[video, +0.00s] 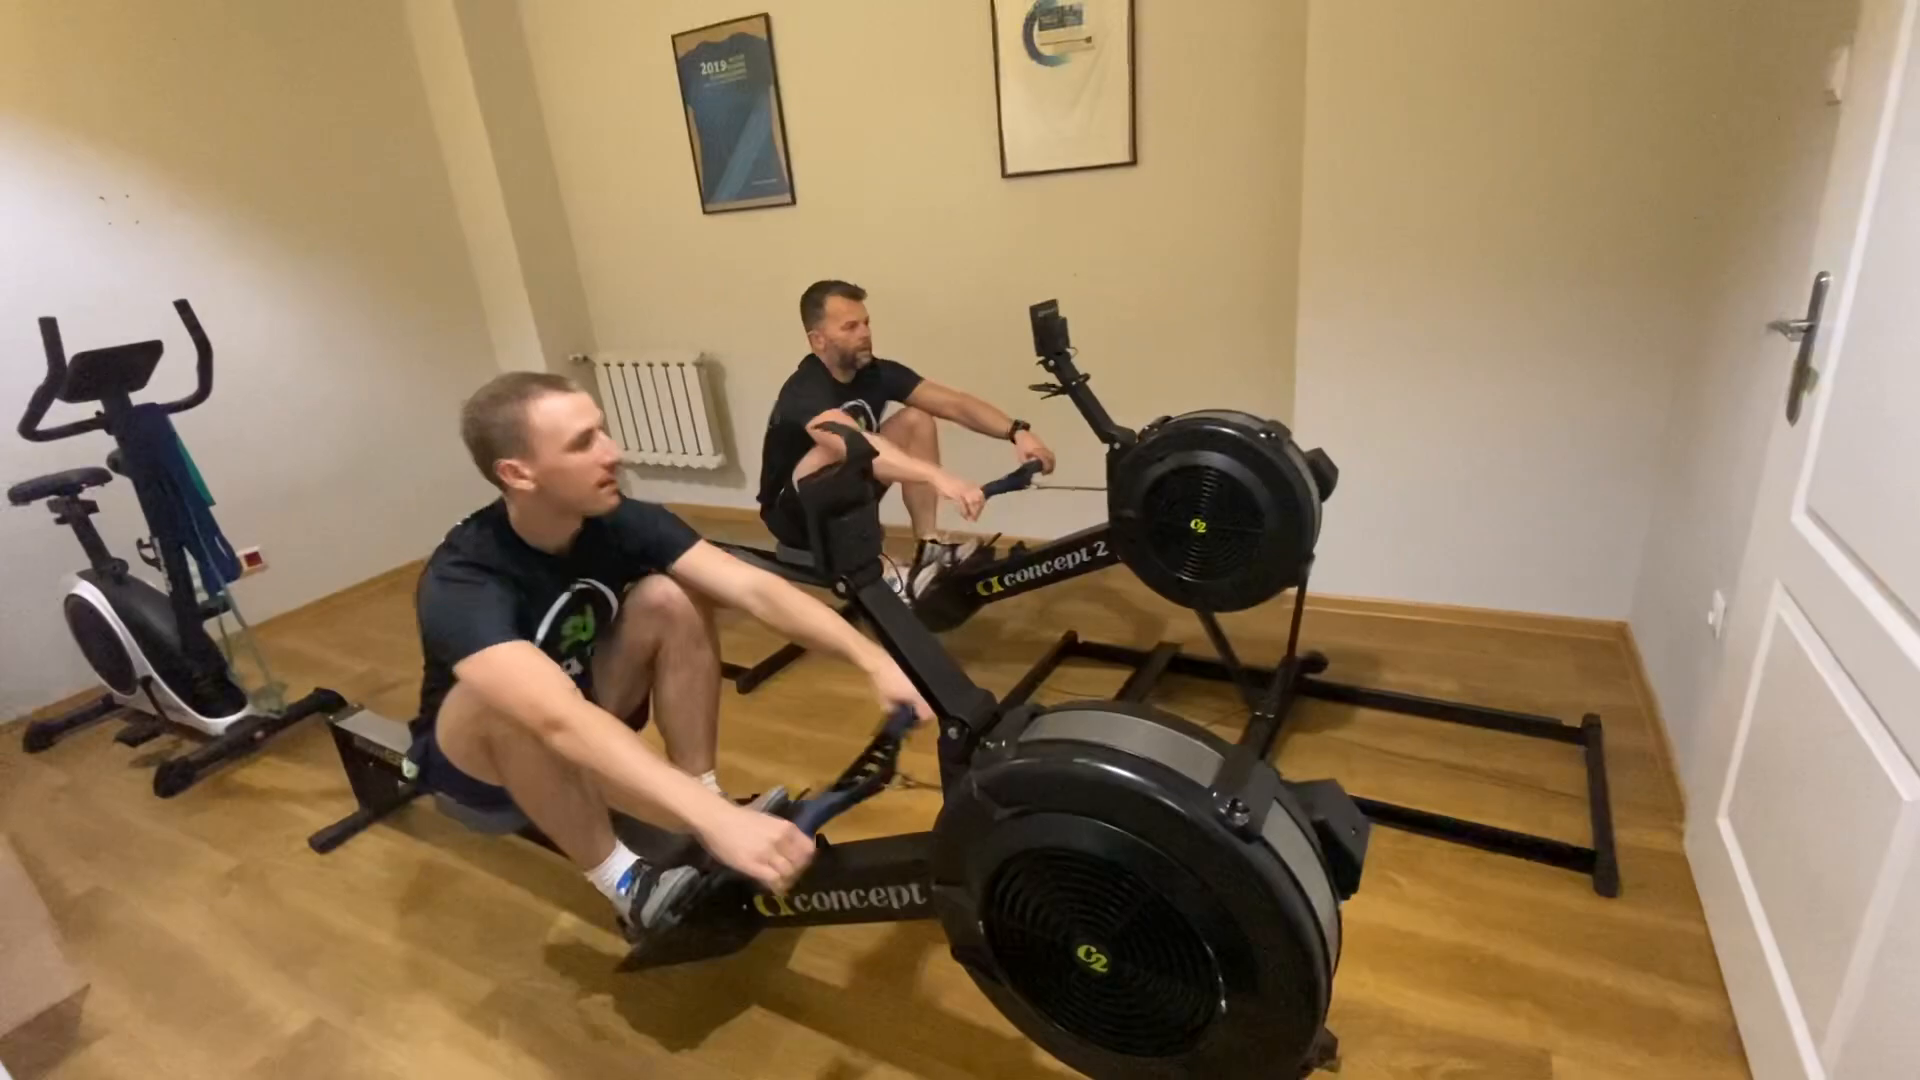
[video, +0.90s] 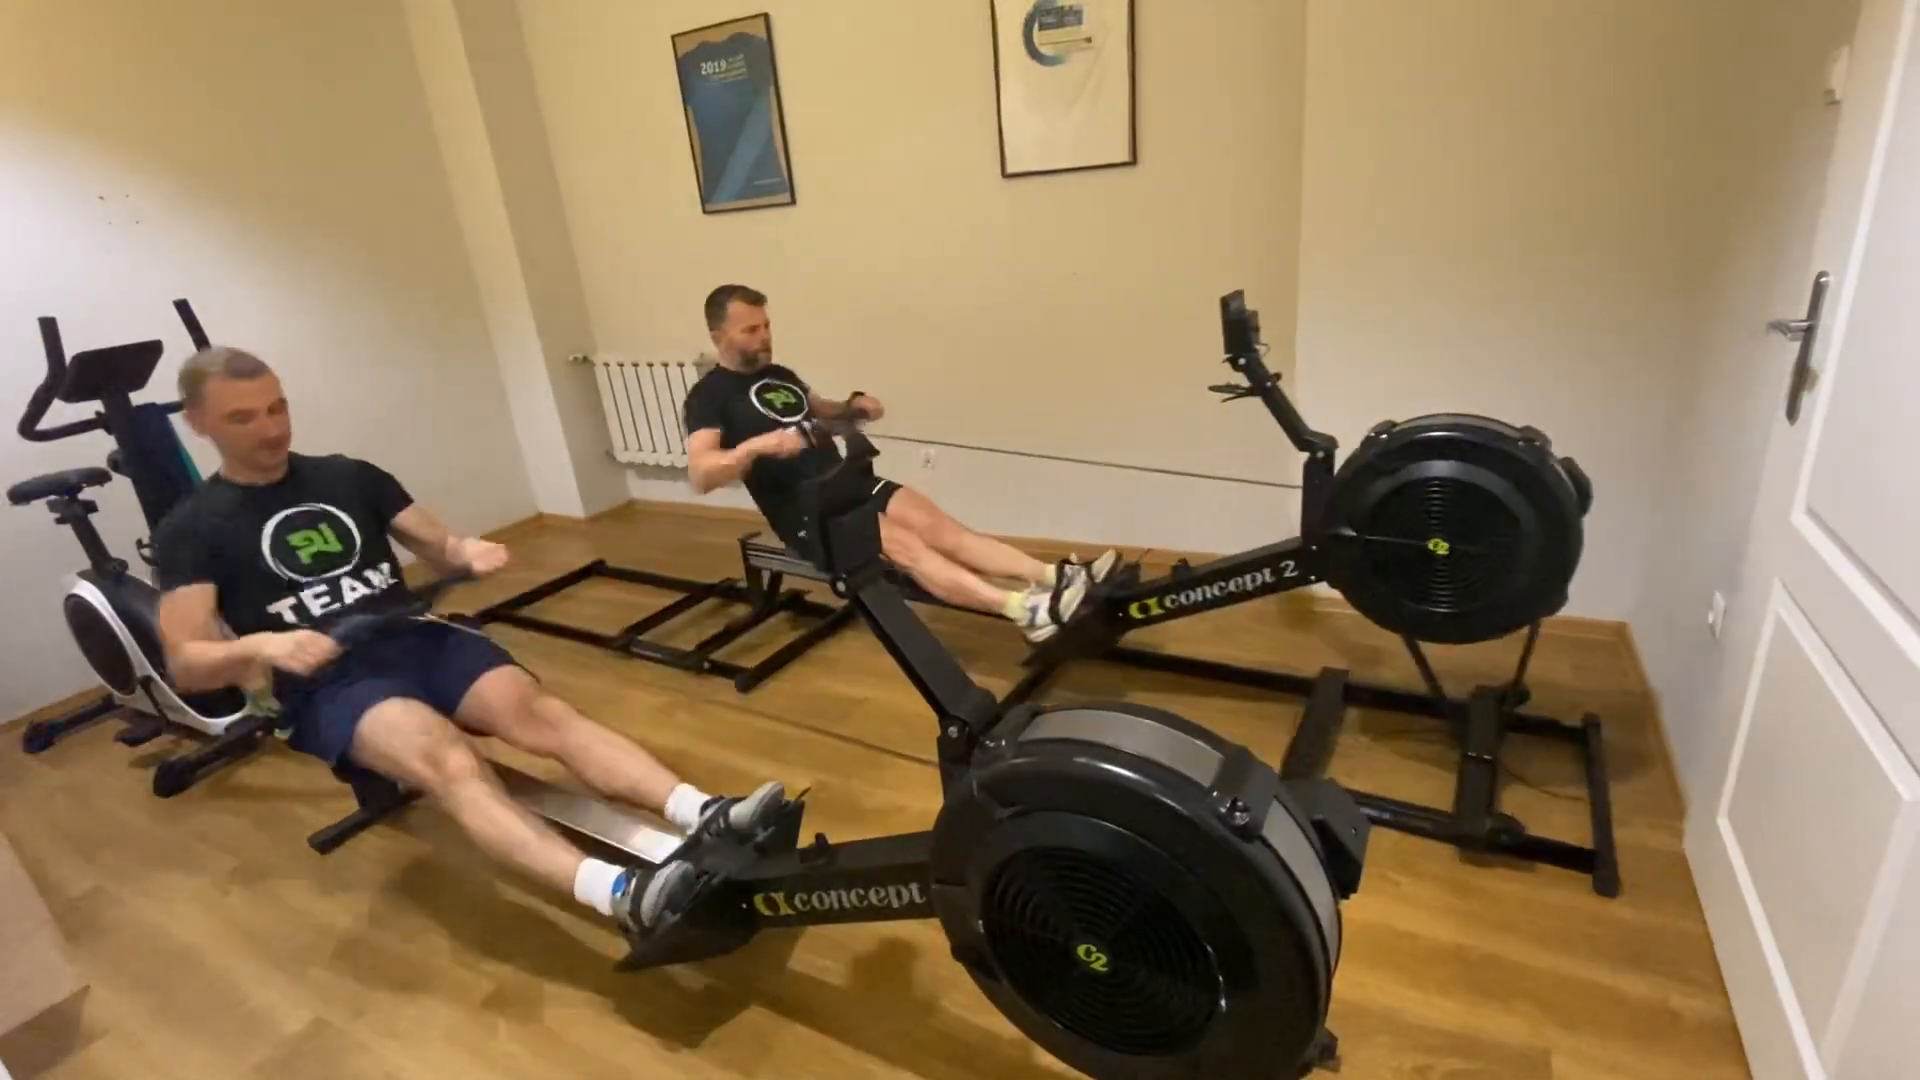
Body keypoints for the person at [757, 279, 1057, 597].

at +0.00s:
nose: (866, 334)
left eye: (866, 323)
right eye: (851, 327)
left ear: (870, 323)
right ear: (817, 339)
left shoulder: (875, 374)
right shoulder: (805, 392)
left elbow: (955, 404)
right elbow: (854, 443)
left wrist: (1017, 432)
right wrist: (938, 478)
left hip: (847, 496)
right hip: (793, 516)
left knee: (915, 420)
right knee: (838, 446)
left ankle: (930, 546)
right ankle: (873, 567)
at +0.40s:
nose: (849, 324)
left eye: (848, 314)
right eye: (835, 318)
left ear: (852, 312)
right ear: (803, 333)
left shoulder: (857, 370)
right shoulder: (788, 391)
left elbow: (933, 405)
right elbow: (856, 443)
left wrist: (998, 422)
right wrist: (933, 466)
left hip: (845, 488)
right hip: (790, 508)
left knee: (919, 440)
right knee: (849, 478)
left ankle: (968, 561)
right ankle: (924, 587)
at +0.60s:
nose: (806, 315)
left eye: (807, 303)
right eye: (792, 307)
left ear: (811, 302)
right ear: (759, 316)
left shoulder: (821, 360)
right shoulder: (749, 377)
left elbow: (885, 395)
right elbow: (807, 429)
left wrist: (947, 407)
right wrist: (876, 445)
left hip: (844, 479)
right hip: (791, 503)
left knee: (932, 476)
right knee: (872, 508)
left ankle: (1013, 570)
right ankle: (975, 600)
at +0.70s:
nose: (789, 318)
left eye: (790, 307)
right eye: (775, 312)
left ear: (792, 304)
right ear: (742, 319)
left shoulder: (804, 359)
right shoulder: (732, 377)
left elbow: (862, 396)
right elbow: (769, 436)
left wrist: (917, 400)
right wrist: (845, 444)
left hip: (845, 486)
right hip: (796, 509)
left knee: (924, 490)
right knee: (890, 514)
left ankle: (1032, 573)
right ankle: (996, 603)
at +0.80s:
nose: (773, 328)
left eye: (774, 317)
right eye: (760, 320)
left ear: (776, 315)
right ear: (728, 326)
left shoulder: (791, 367)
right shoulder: (717, 383)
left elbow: (850, 409)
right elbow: (731, 450)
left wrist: (885, 407)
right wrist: (804, 443)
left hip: (853, 483)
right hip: (806, 510)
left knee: (935, 514)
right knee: (901, 534)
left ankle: (1048, 577)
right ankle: (1014, 608)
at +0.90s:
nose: (763, 338)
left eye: (765, 328)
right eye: (751, 330)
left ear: (765, 326)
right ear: (719, 333)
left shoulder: (777, 375)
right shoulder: (707, 396)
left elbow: (815, 412)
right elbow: (702, 474)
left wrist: (850, 409)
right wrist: (757, 447)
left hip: (855, 484)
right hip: (814, 513)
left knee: (942, 528)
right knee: (911, 550)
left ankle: (1056, 578)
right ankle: (1024, 610)